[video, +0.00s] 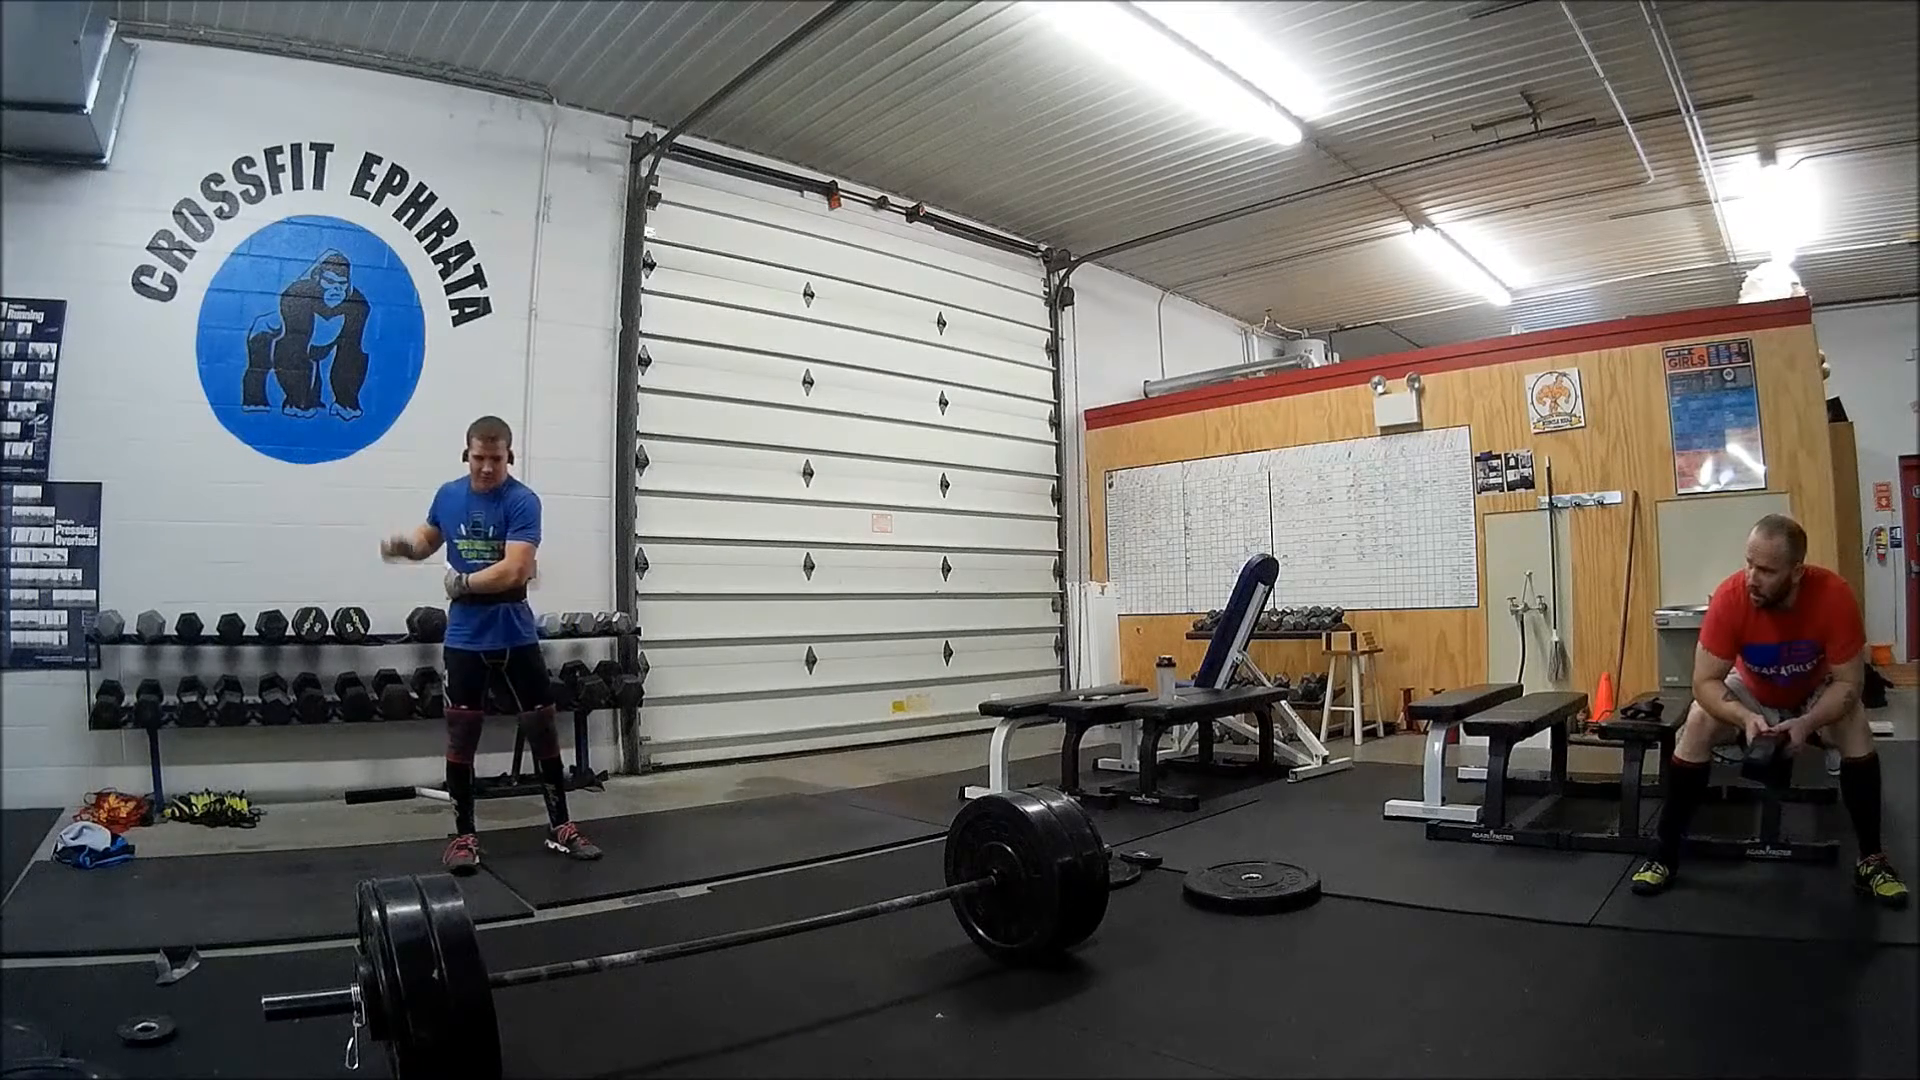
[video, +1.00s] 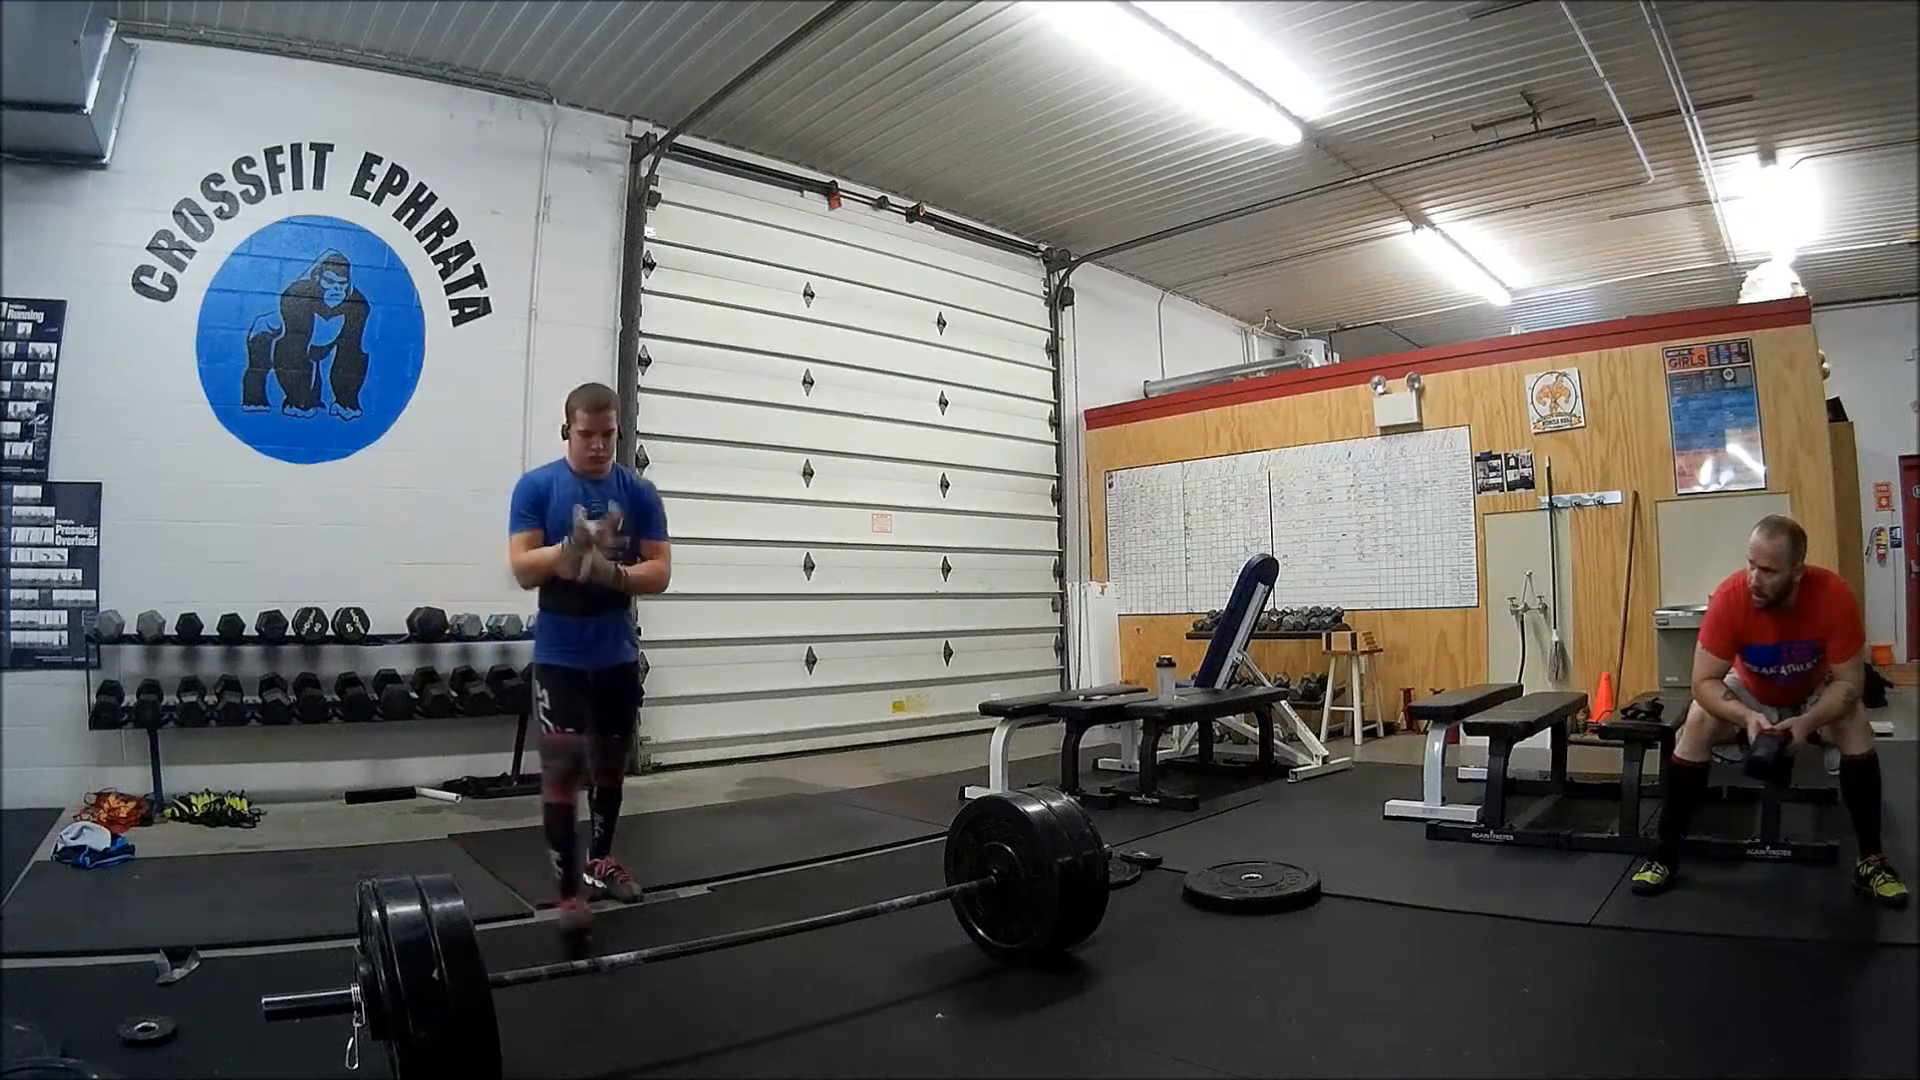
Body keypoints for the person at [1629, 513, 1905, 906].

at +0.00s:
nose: (1753, 579)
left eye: (1766, 571)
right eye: (1750, 565)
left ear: (1797, 569)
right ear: (1746, 558)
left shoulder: (1833, 595)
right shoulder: (1730, 597)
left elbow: (1849, 682)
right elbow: (1705, 683)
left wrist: (1807, 723)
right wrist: (1744, 717)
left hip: (1815, 695)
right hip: (1750, 693)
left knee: (1854, 722)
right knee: (1698, 721)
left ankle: (1871, 859)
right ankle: (1664, 856)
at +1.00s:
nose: (1755, 580)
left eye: (1768, 571)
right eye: (1752, 566)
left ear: (1798, 569)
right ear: (1747, 558)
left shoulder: (1833, 595)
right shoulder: (1730, 597)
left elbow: (1849, 682)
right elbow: (1704, 683)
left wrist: (1808, 721)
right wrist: (1745, 716)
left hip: (1815, 694)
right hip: (1750, 693)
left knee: (1854, 724)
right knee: (1697, 721)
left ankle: (1871, 860)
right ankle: (1665, 857)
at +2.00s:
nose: (1757, 583)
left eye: (1770, 574)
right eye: (1752, 569)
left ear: (1798, 570)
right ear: (1747, 561)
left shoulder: (1834, 597)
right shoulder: (1731, 598)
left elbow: (1850, 684)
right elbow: (1703, 682)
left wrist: (1806, 722)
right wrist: (1742, 717)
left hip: (1815, 696)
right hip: (1751, 694)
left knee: (1854, 723)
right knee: (1696, 721)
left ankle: (1871, 859)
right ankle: (1665, 856)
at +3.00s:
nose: (1757, 584)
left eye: (1769, 575)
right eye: (1752, 570)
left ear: (1799, 569)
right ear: (1746, 561)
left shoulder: (1834, 596)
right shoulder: (1731, 598)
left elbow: (1850, 682)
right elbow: (1704, 683)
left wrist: (1808, 722)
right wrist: (1742, 718)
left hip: (1816, 695)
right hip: (1751, 694)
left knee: (1855, 723)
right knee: (1697, 721)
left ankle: (1871, 859)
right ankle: (1665, 857)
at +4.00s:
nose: (1756, 584)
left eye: (1769, 575)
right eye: (1752, 570)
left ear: (1799, 569)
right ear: (1746, 562)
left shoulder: (1834, 595)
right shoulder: (1731, 598)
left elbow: (1850, 682)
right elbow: (1704, 683)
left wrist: (1808, 722)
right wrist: (1743, 718)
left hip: (1816, 695)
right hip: (1752, 694)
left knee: (1855, 723)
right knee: (1697, 721)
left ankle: (1871, 860)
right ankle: (1664, 857)